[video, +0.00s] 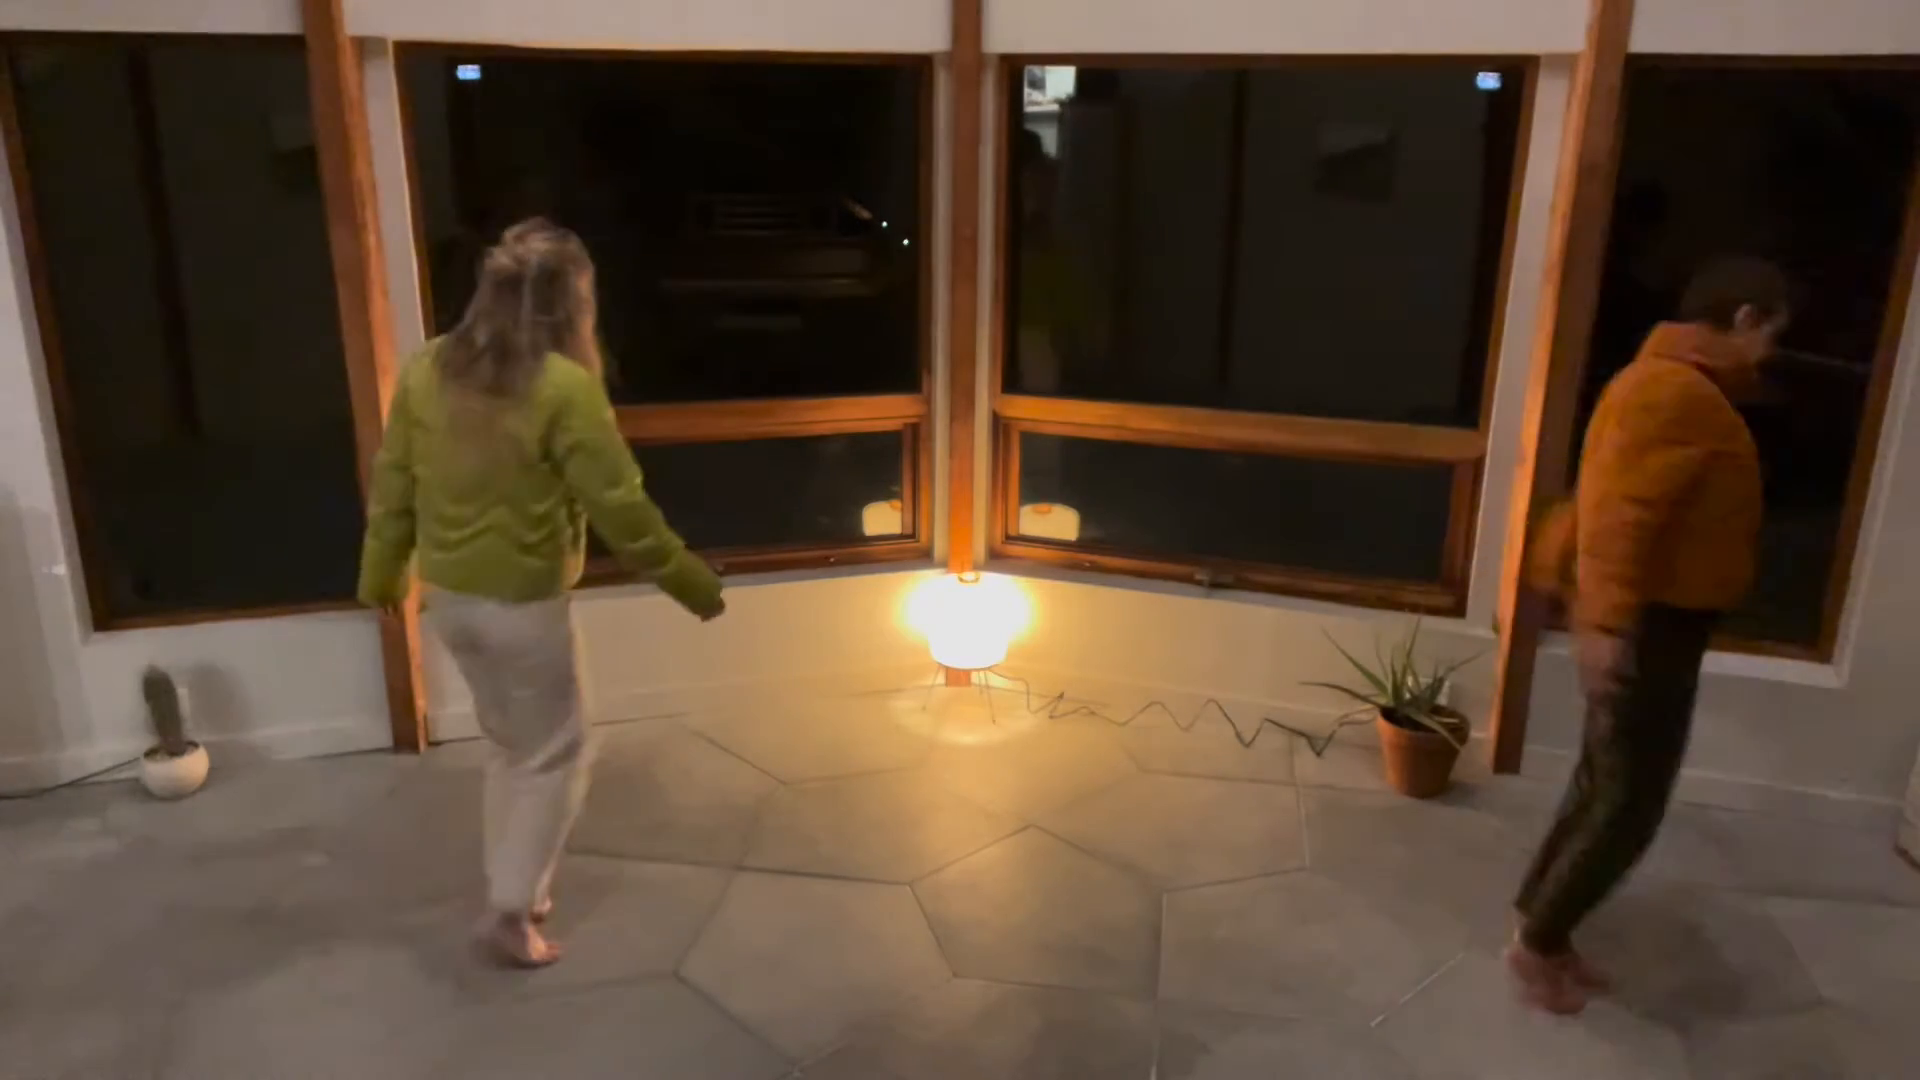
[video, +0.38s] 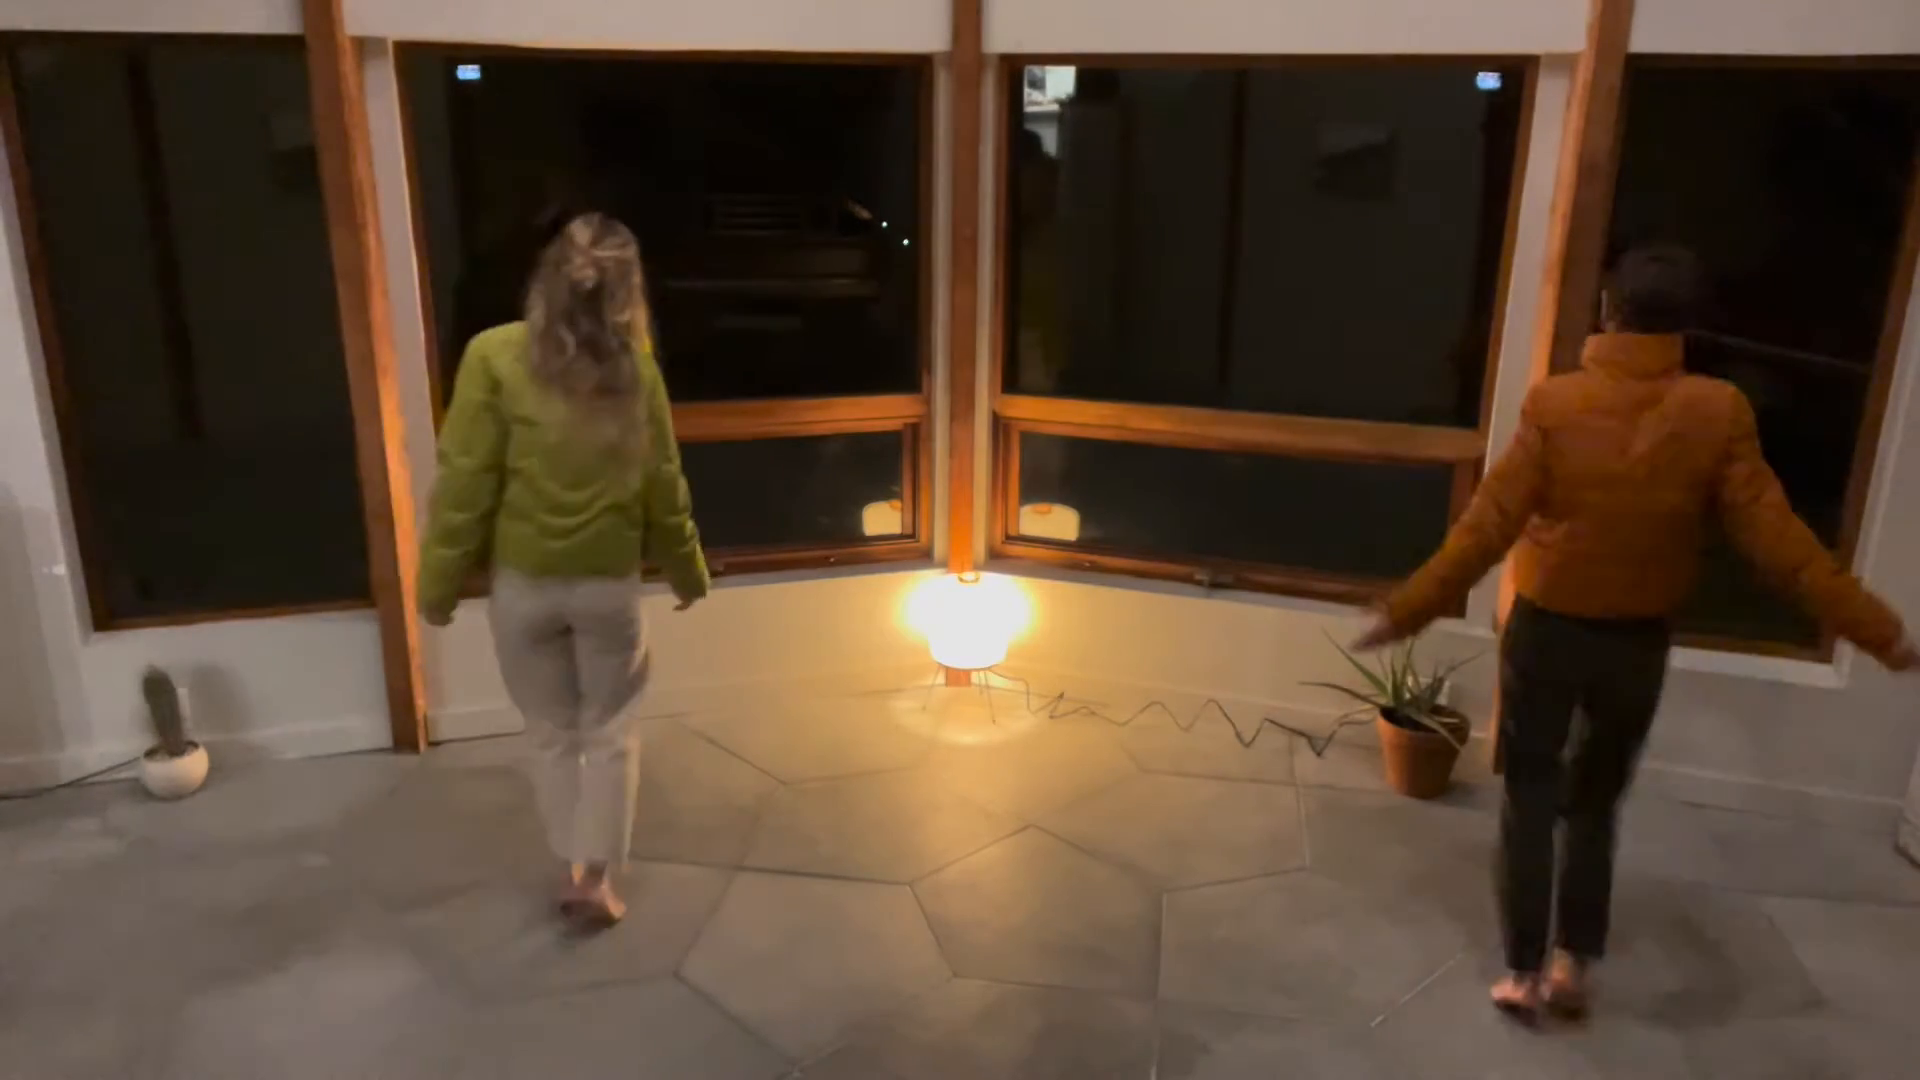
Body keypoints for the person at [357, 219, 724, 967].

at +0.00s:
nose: (592, 311)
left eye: (590, 298)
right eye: (587, 298)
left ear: (492, 292)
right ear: (565, 305)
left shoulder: (427, 368)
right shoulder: (565, 386)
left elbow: (393, 487)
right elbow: (619, 507)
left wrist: (378, 579)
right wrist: (693, 583)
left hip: (448, 601)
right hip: (523, 608)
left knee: (509, 747)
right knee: (554, 750)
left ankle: (513, 893)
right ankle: (513, 914)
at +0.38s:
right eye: (634, 289)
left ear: (545, 281)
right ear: (626, 295)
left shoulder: (494, 356)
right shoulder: (635, 364)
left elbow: (465, 484)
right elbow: (663, 481)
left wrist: (436, 586)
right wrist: (686, 568)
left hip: (525, 589)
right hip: (607, 589)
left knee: (550, 734)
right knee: (609, 727)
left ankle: (575, 871)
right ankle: (594, 877)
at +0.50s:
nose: (648, 293)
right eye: (646, 281)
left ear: (569, 278)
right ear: (643, 287)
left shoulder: (520, 355)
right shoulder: (653, 360)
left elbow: (485, 475)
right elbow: (679, 477)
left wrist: (418, 557)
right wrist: (700, 556)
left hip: (543, 584)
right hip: (628, 581)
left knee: (561, 729)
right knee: (630, 717)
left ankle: (580, 863)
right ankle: (632, 858)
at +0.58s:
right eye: (660, 284)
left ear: (579, 277)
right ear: (652, 289)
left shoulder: (532, 356)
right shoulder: (662, 360)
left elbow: (489, 471)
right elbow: (693, 475)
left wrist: (389, 528)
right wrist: (716, 553)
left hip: (555, 583)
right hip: (638, 582)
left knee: (563, 711)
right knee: (637, 716)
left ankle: (588, 849)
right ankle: (640, 860)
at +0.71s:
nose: (684, 298)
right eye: (680, 287)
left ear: (602, 274)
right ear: (671, 290)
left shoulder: (549, 346)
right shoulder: (676, 361)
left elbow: (474, 441)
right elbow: (709, 468)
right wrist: (752, 533)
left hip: (563, 572)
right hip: (645, 571)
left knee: (582, 713)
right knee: (645, 704)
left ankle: (604, 849)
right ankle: (652, 848)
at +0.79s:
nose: (695, 297)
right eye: (691, 286)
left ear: (610, 272)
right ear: (681, 289)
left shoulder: (553, 344)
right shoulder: (682, 361)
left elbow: (452, 405)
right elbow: (718, 464)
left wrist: (374, 337)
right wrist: (774, 515)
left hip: (570, 569)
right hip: (651, 569)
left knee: (589, 712)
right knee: (657, 685)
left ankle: (605, 849)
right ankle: (656, 823)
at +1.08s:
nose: (719, 298)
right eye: (717, 285)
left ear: (637, 269)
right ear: (706, 291)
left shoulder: (570, 326)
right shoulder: (702, 356)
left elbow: (484, 313)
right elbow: (717, 465)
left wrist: (495, 219)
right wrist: (796, 499)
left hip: (584, 543)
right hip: (666, 549)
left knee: (599, 682)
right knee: (666, 677)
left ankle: (602, 807)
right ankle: (660, 811)